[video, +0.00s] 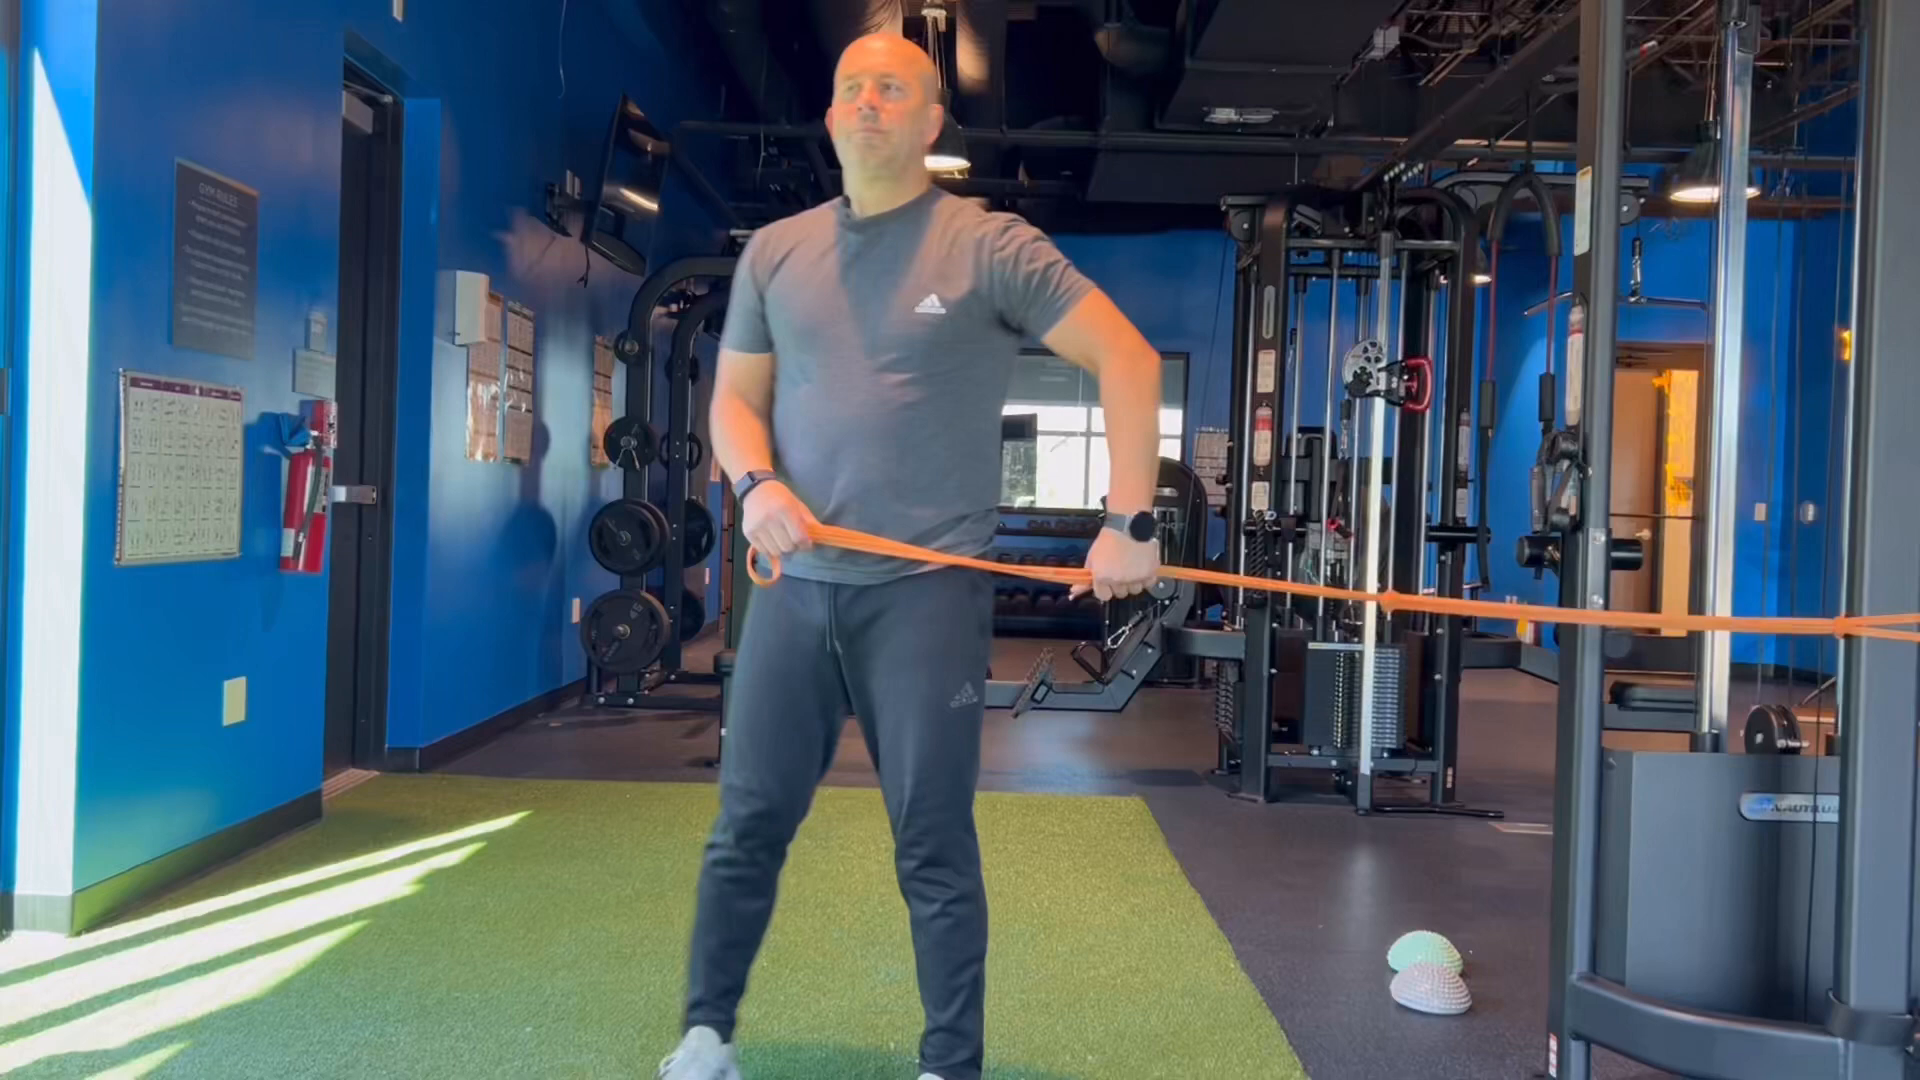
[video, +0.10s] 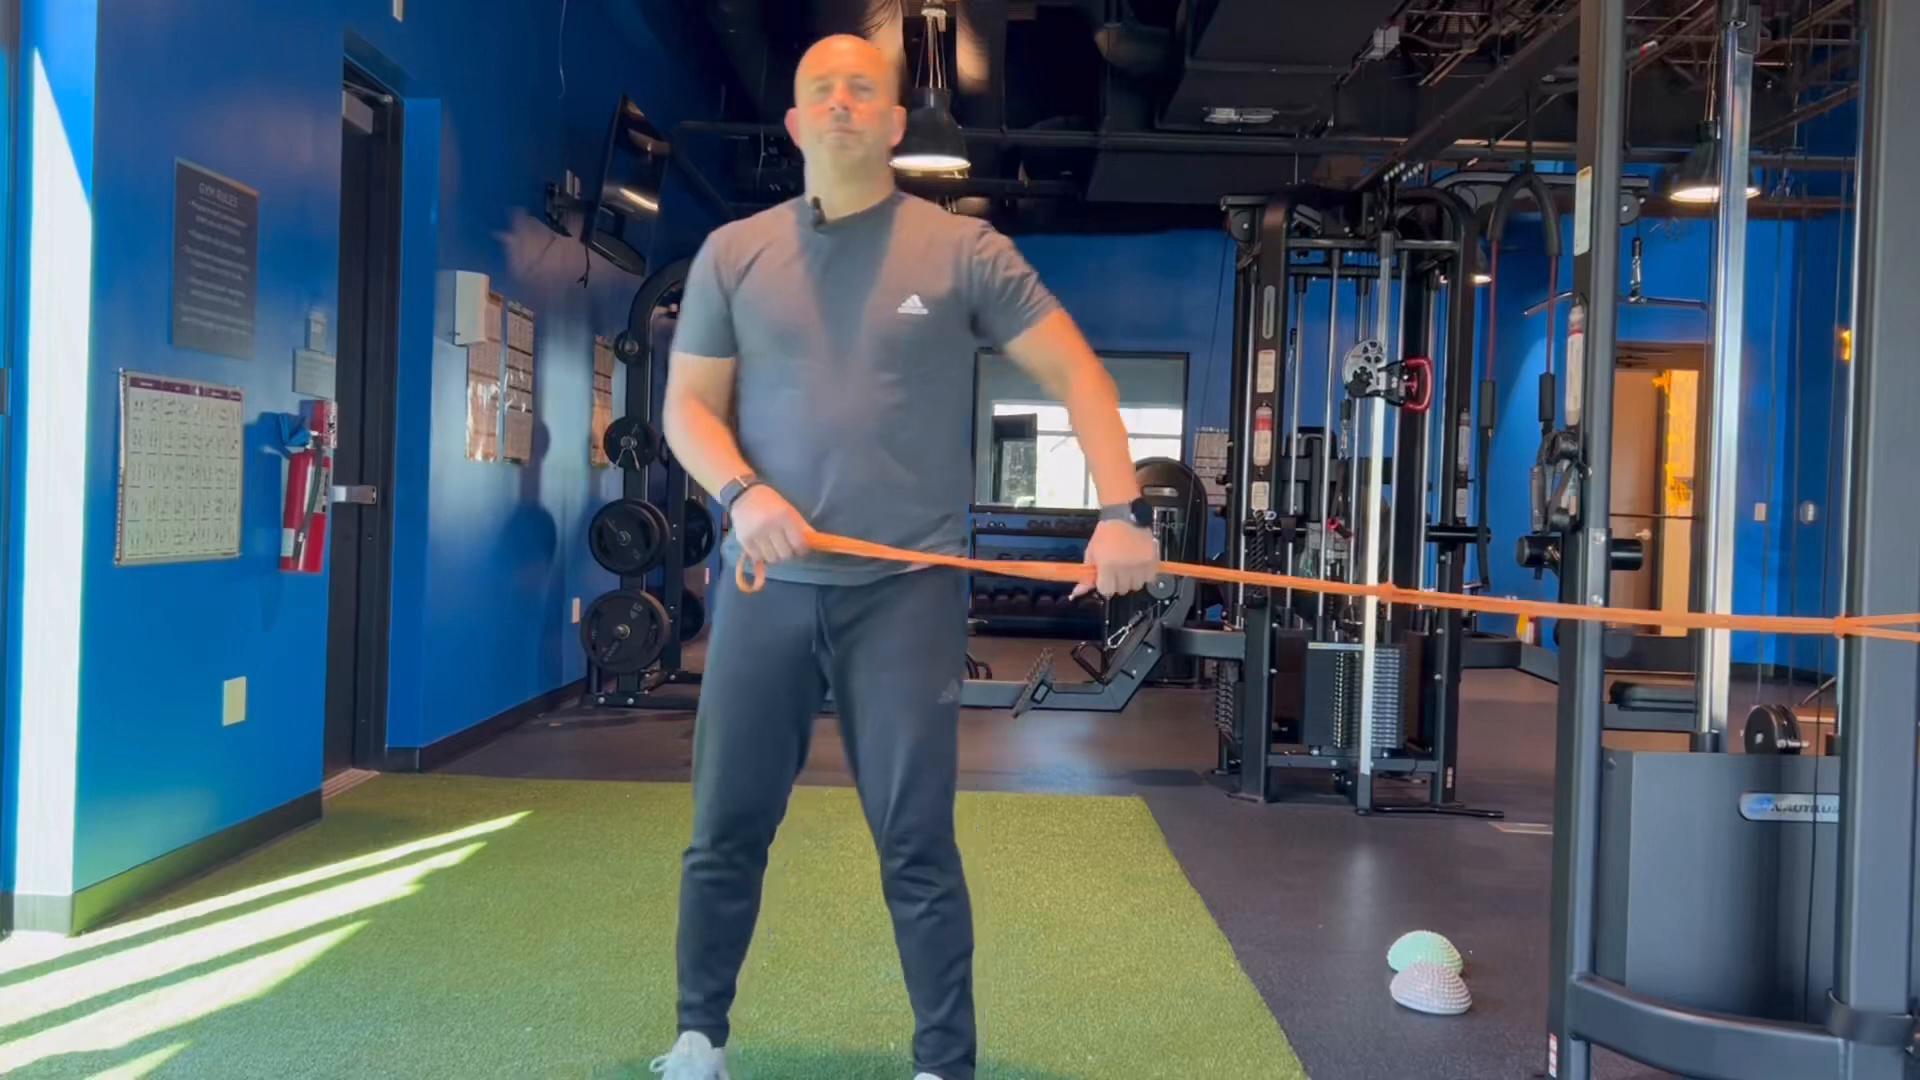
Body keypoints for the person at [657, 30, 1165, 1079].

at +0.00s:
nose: (868, 101)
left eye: (893, 87)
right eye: (853, 87)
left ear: (938, 123)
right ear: (828, 121)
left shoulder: (985, 245)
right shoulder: (772, 253)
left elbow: (1129, 357)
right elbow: (737, 398)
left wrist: (1126, 519)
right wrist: (756, 484)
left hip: (929, 584)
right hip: (792, 577)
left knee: (932, 840)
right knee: (748, 820)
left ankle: (953, 1064)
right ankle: (708, 1034)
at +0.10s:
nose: (841, 101)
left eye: (864, 87)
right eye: (822, 87)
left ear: (901, 123)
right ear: (791, 120)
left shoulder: (962, 250)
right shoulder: (733, 254)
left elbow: (1077, 372)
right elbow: (689, 405)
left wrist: (1120, 510)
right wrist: (740, 491)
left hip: (908, 586)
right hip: (765, 583)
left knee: (915, 839)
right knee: (723, 830)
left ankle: (947, 1063)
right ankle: (699, 1041)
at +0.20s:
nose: (817, 103)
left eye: (836, 89)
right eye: (794, 90)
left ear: (866, 119)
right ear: (761, 123)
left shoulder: (932, 257)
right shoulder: (698, 255)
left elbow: (1017, 393)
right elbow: (648, 412)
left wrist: (1090, 500)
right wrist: (730, 498)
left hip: (890, 585)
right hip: (742, 584)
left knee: (901, 831)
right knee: (713, 828)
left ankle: (937, 1062)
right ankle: (697, 1040)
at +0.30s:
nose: (801, 103)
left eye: (818, 88)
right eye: (777, 91)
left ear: (846, 119)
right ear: (740, 125)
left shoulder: (908, 259)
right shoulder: (682, 253)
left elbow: (988, 396)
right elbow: (619, 409)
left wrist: (1063, 509)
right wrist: (717, 496)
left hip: (877, 589)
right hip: (731, 585)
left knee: (896, 829)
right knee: (705, 831)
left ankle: (925, 1056)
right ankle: (693, 1042)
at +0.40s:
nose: (796, 105)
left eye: (811, 89)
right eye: (771, 92)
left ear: (839, 118)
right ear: (734, 125)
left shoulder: (897, 259)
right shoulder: (677, 251)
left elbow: (974, 403)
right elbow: (609, 405)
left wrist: (1052, 514)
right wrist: (719, 488)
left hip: (871, 587)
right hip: (730, 587)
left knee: (902, 823)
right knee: (705, 829)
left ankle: (929, 1046)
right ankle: (692, 1042)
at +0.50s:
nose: (799, 109)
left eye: (815, 93)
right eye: (775, 96)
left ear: (844, 119)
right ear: (740, 127)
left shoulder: (899, 263)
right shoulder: (683, 252)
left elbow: (964, 408)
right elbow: (620, 407)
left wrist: (1050, 514)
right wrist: (741, 482)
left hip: (874, 587)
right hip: (734, 587)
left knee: (908, 825)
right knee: (707, 832)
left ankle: (924, 1042)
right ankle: (693, 1044)